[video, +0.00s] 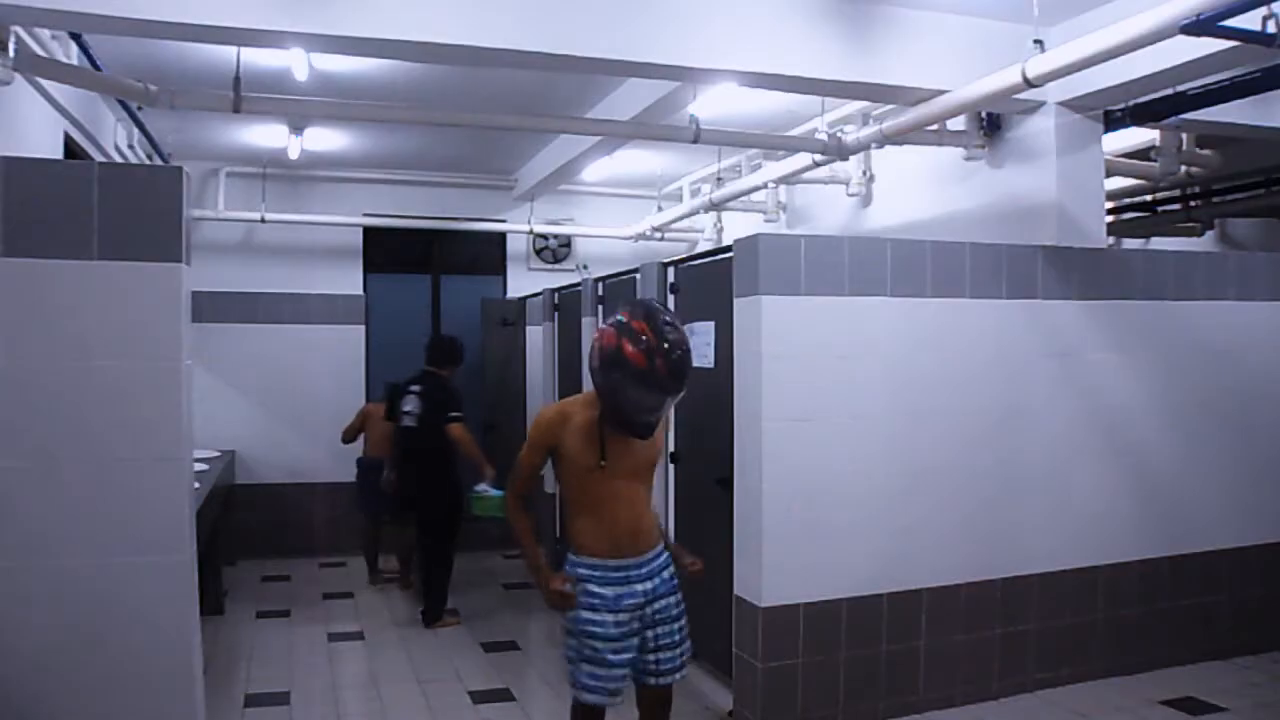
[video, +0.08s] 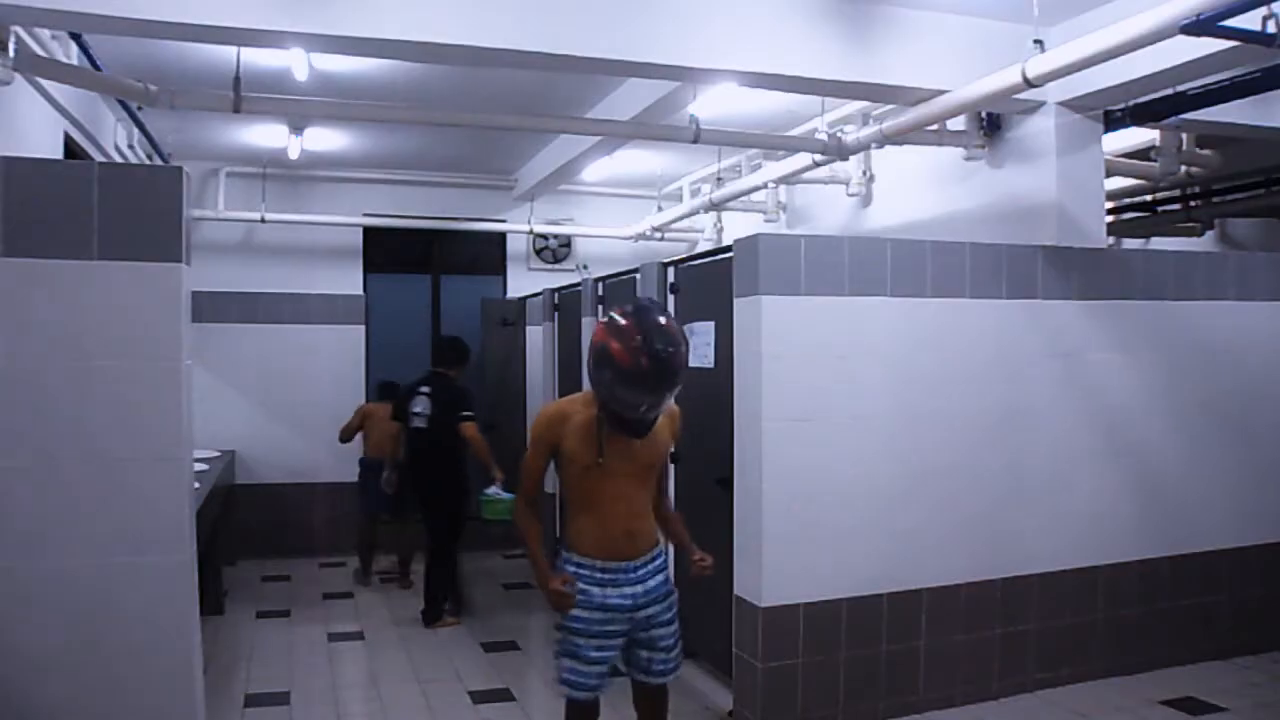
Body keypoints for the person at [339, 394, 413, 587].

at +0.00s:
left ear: (384, 394)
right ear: (404, 398)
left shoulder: (370, 410)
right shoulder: (408, 415)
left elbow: (347, 436)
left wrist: (365, 423)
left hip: (371, 465)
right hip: (401, 466)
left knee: (371, 521)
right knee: (402, 521)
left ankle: (373, 573)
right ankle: (406, 576)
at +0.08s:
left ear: (377, 394)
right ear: (398, 395)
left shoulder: (368, 410)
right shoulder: (405, 412)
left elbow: (345, 436)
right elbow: (413, 442)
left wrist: (360, 420)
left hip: (371, 466)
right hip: (401, 467)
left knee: (368, 519)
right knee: (403, 520)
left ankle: (365, 572)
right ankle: (405, 576)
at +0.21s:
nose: (358, 400)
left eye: (359, 396)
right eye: (359, 397)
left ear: (363, 396)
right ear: (383, 396)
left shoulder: (363, 409)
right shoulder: (395, 415)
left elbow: (342, 435)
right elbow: (405, 444)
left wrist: (354, 422)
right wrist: (399, 471)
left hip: (372, 470)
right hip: (398, 471)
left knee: (361, 522)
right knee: (401, 524)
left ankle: (353, 572)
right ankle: (404, 576)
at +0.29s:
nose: (347, 403)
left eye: (348, 399)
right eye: (347, 399)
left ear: (352, 397)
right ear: (368, 395)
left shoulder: (359, 409)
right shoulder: (384, 414)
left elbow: (341, 435)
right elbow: (396, 445)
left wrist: (343, 420)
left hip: (369, 472)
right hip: (391, 473)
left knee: (355, 521)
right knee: (398, 523)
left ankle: (347, 574)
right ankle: (403, 575)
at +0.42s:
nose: (328, 406)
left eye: (328, 402)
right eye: (327, 402)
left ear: (334, 399)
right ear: (350, 397)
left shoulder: (347, 411)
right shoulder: (362, 415)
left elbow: (336, 436)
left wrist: (327, 425)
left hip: (364, 473)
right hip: (384, 473)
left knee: (349, 523)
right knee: (387, 526)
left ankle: (343, 575)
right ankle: (403, 575)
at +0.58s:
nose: (305, 416)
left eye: (306, 411)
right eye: (304, 412)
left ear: (313, 407)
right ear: (323, 404)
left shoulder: (329, 415)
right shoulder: (338, 416)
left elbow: (325, 441)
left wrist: (312, 434)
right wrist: (327, 486)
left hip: (355, 472)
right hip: (370, 471)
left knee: (340, 522)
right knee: (370, 524)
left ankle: (342, 575)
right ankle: (398, 567)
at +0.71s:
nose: (294, 420)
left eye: (293, 415)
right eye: (292, 416)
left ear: (299, 411)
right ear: (311, 405)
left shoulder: (318, 417)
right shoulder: (328, 417)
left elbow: (319, 446)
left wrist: (305, 442)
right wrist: (318, 486)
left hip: (349, 468)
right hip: (365, 465)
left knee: (339, 520)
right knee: (358, 517)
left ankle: (342, 576)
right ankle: (374, 562)